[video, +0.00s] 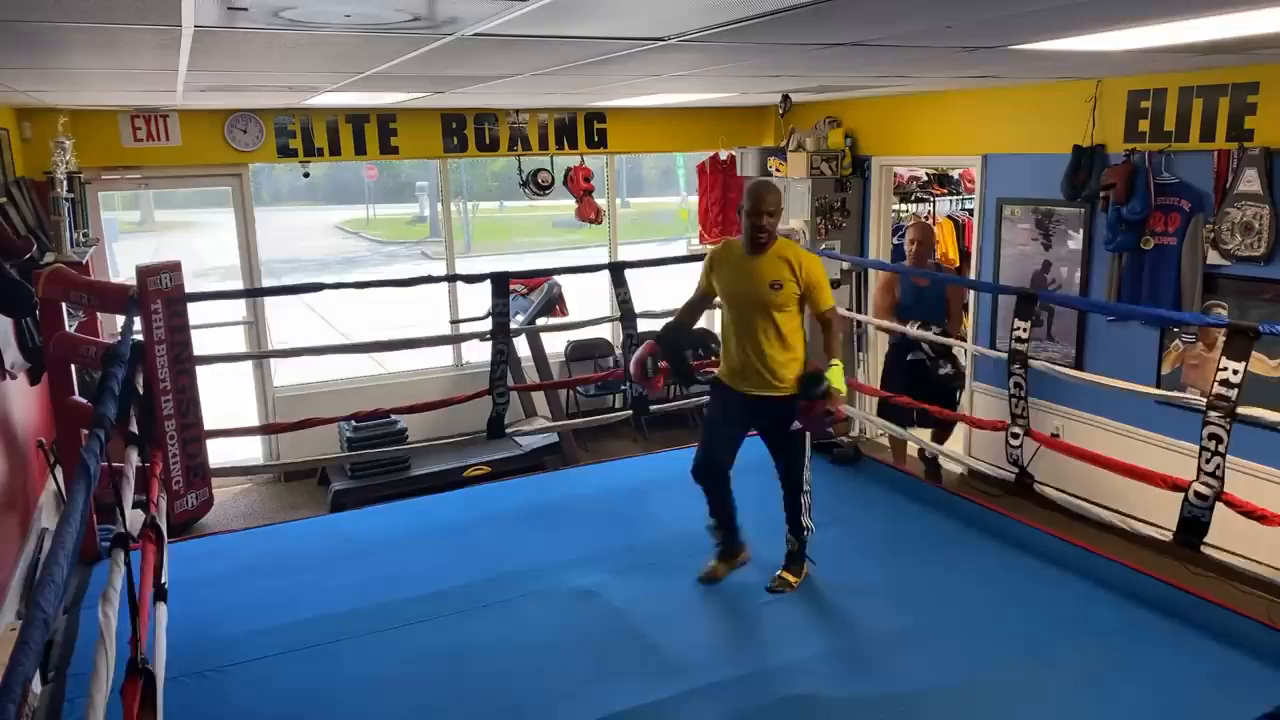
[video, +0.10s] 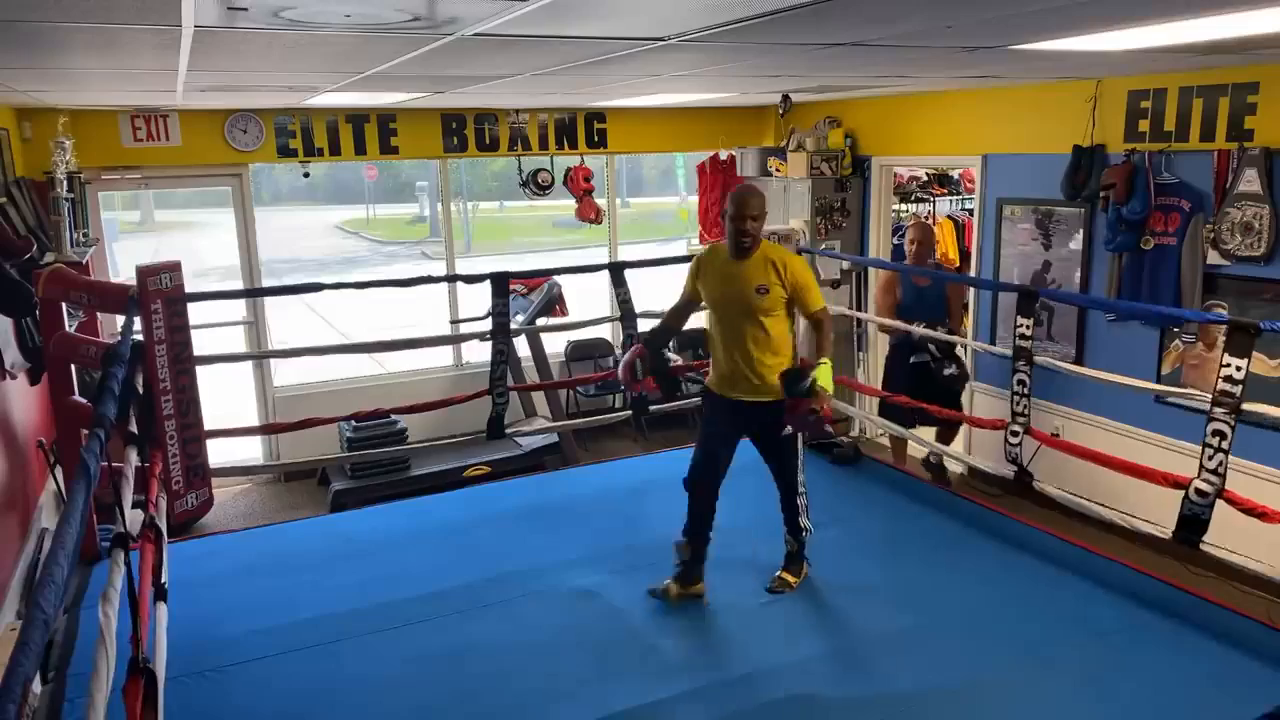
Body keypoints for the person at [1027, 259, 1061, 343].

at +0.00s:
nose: (1049, 270)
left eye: (1049, 268)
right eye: (1048, 268)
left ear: (1045, 267)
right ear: (1044, 267)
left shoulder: (1043, 277)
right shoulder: (1038, 276)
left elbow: (1044, 290)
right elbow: (1042, 289)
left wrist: (1056, 288)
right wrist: (1050, 283)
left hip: (1039, 299)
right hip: (1034, 300)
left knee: (1051, 309)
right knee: (1051, 309)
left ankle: (1049, 334)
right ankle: (1048, 334)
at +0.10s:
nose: (1049, 270)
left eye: (1050, 268)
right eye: (1048, 268)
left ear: (1044, 267)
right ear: (1045, 267)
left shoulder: (1043, 277)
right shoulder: (1039, 276)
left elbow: (1044, 289)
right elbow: (1043, 289)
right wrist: (1051, 283)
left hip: (1036, 298)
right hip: (1033, 299)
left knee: (1051, 309)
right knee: (1050, 309)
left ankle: (1049, 334)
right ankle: (1049, 334)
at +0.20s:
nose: (1049, 270)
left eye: (1050, 268)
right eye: (1048, 268)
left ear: (1046, 267)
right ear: (1044, 267)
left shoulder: (1044, 277)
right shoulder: (1038, 275)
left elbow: (1044, 290)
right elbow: (1042, 289)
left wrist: (1056, 288)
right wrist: (1051, 283)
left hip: (1037, 299)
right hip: (1031, 299)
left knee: (1051, 309)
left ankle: (1049, 334)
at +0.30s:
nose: (1049, 270)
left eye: (1050, 268)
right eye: (1048, 268)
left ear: (1045, 267)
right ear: (1044, 267)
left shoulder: (1043, 277)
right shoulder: (1039, 276)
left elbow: (1044, 290)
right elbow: (1042, 289)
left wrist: (1056, 289)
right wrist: (1051, 283)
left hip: (1038, 299)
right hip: (1034, 300)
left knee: (1051, 309)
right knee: (1050, 309)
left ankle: (1049, 334)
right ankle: (1049, 334)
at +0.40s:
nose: (1050, 270)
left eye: (1050, 268)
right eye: (1049, 267)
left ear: (1044, 266)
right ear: (1045, 267)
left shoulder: (1038, 274)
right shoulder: (1041, 276)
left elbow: (1043, 287)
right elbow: (1043, 289)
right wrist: (1052, 284)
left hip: (1037, 298)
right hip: (1036, 299)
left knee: (1051, 309)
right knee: (1051, 309)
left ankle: (1049, 334)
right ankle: (1049, 334)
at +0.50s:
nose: (1049, 270)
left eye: (1050, 268)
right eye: (1049, 268)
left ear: (1045, 267)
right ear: (1045, 267)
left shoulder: (1041, 276)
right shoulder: (1041, 277)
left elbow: (1043, 288)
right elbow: (1043, 289)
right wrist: (1051, 283)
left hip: (1039, 298)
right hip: (1038, 299)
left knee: (1051, 309)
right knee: (1051, 309)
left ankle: (1049, 334)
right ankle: (1049, 334)